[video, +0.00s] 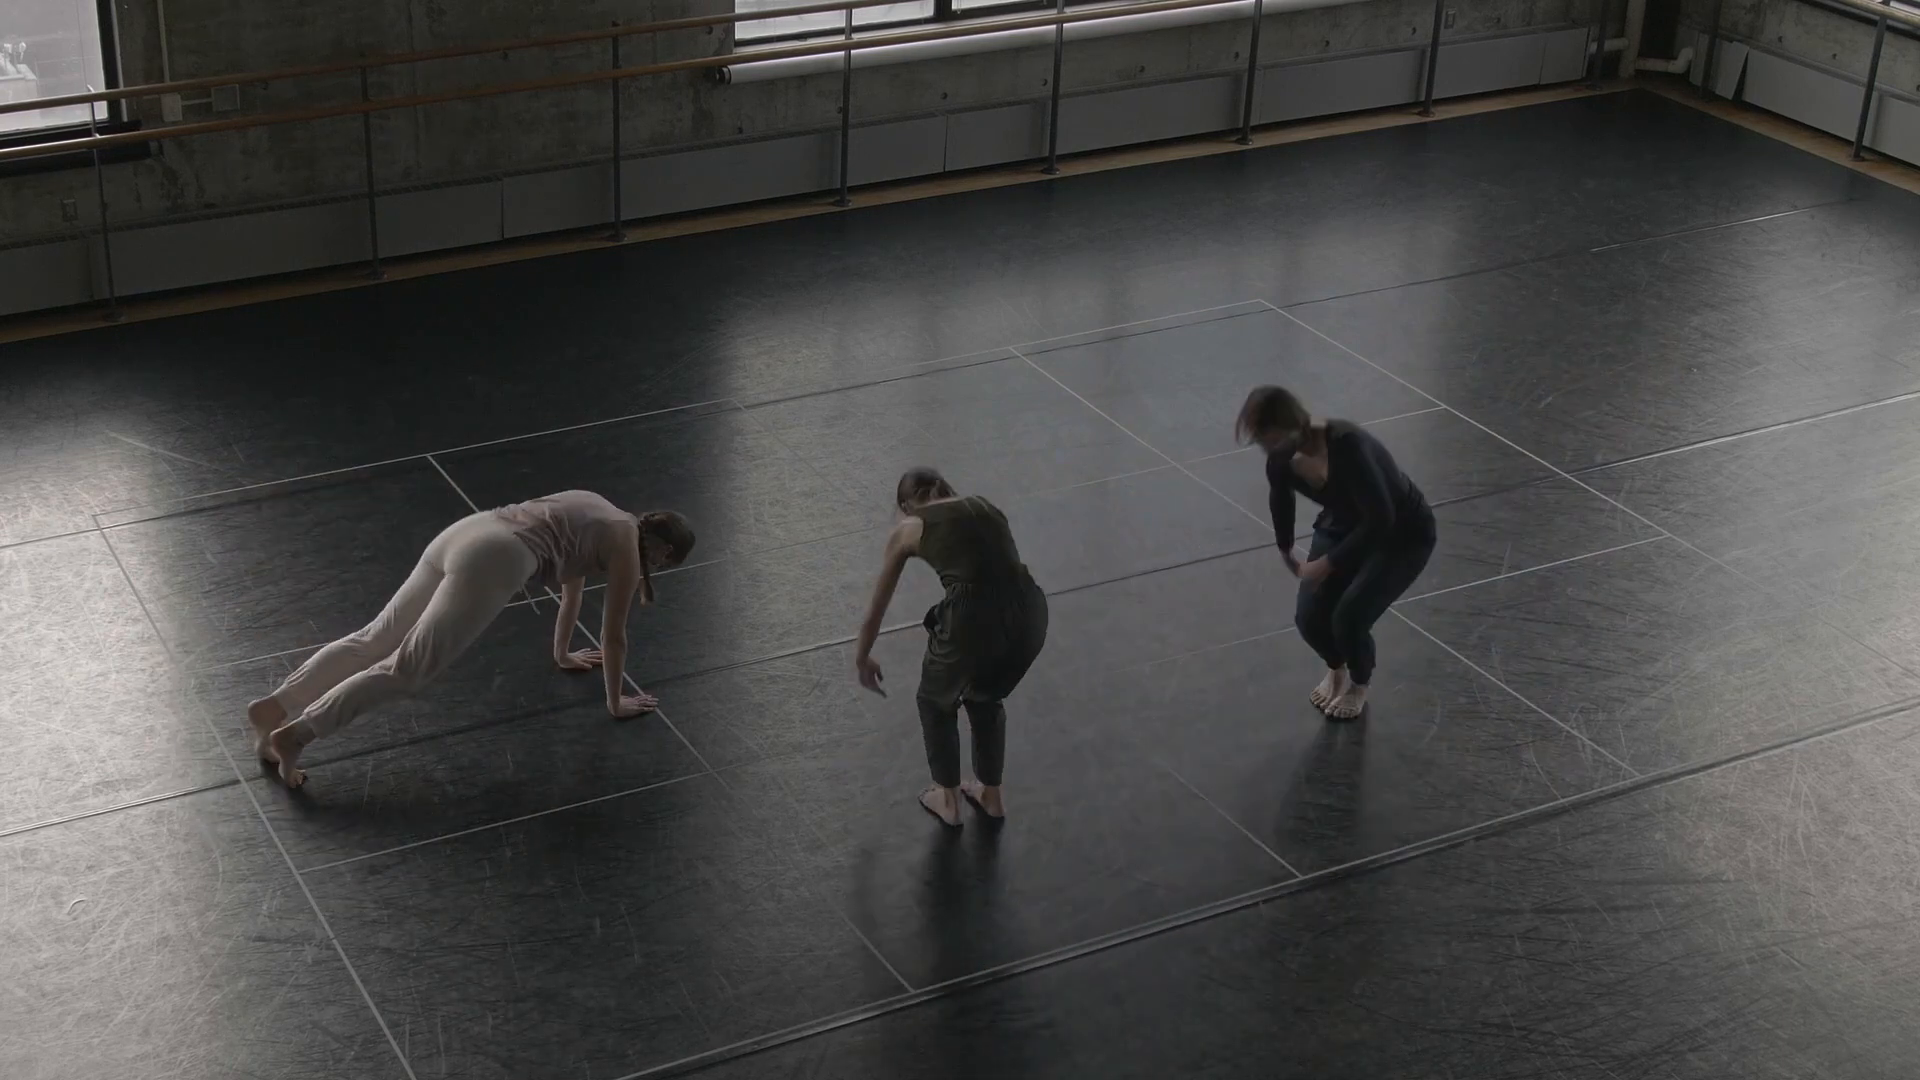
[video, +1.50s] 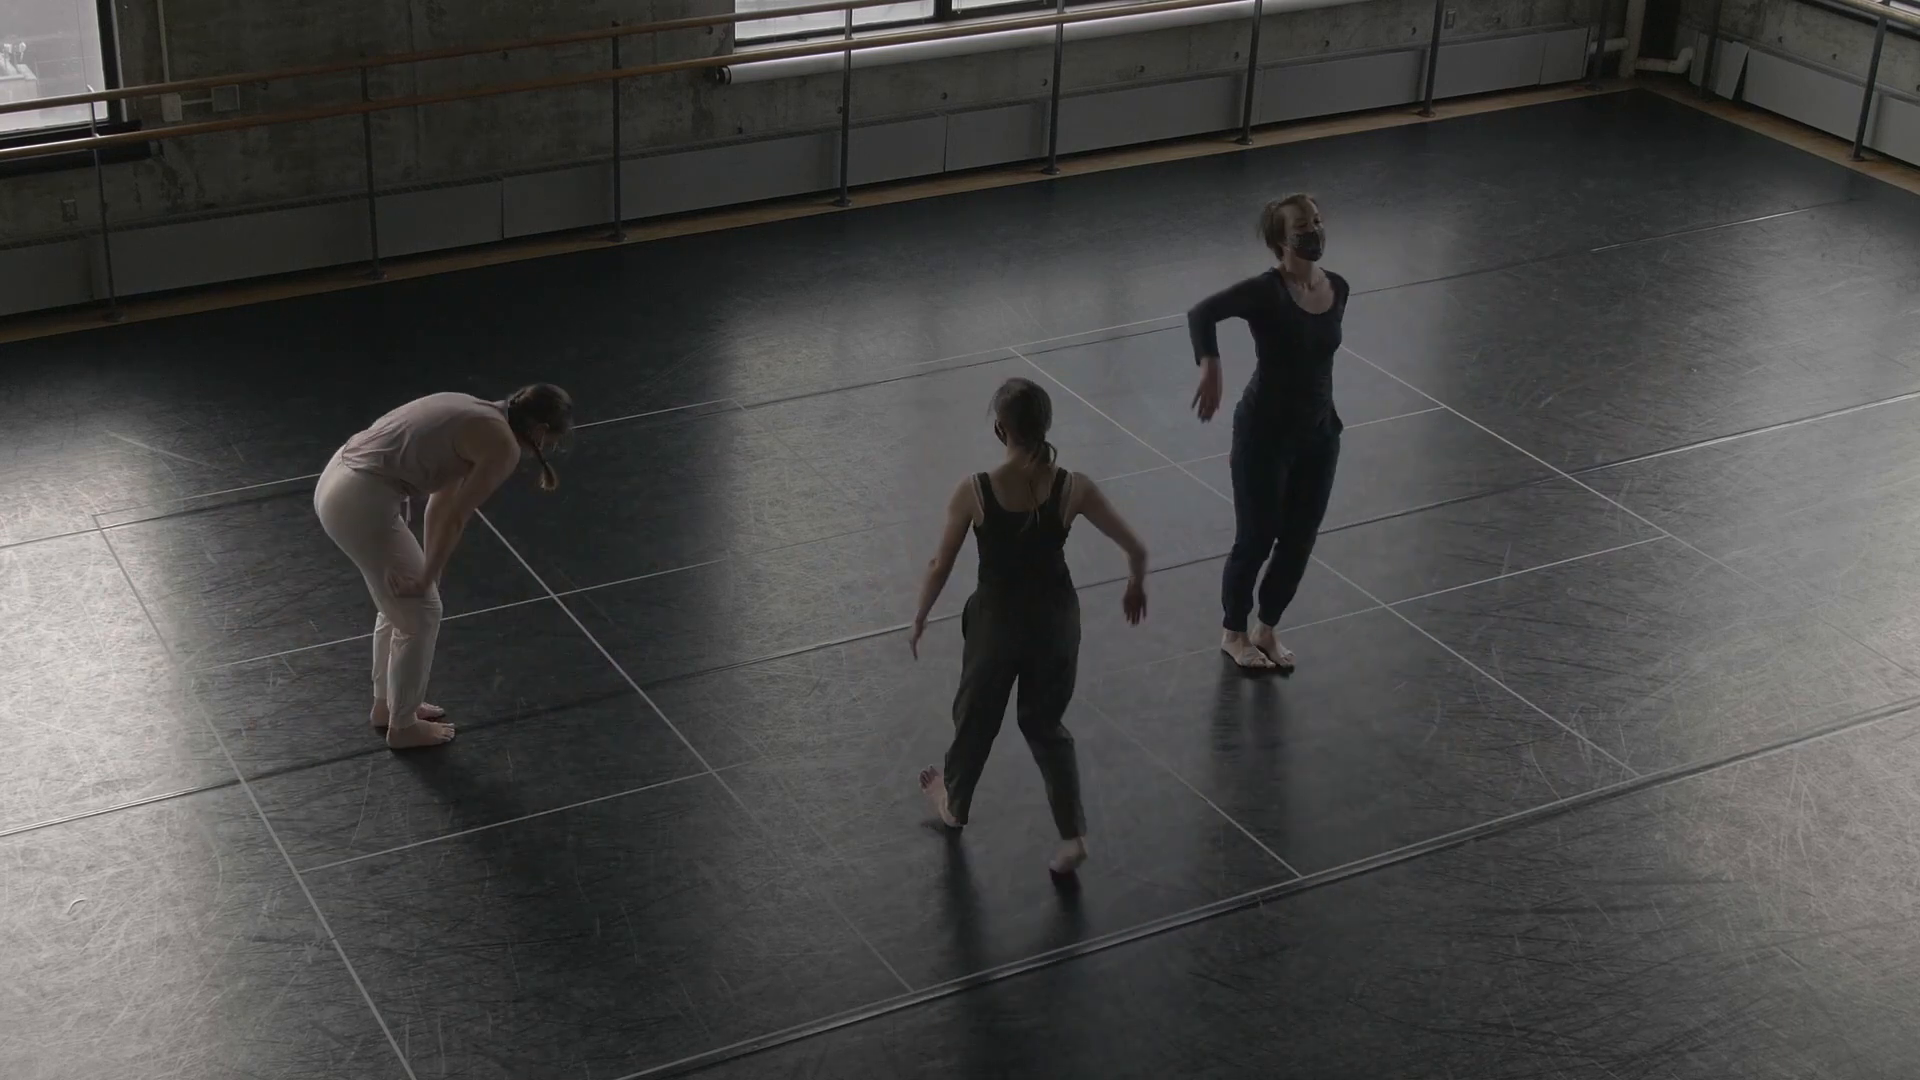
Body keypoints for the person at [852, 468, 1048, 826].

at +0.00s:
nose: (907, 515)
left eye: (905, 510)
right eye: (907, 510)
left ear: (910, 506)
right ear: (946, 489)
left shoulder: (910, 528)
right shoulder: (985, 507)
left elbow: (878, 604)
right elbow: (1004, 569)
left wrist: (862, 656)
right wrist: (956, 613)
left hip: (972, 623)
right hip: (1028, 616)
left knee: (934, 699)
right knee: (984, 696)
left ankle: (948, 798)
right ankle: (992, 793)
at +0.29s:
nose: (927, 426)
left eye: (926, 419)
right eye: (926, 420)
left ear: (933, 416)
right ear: (968, 406)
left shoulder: (926, 460)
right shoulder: (1014, 443)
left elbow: (893, 549)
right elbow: (1075, 498)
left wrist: (903, 589)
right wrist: (1036, 545)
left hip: (965, 600)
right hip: (1023, 596)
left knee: (956, 702)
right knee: (1007, 699)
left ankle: (948, 800)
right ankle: (992, 796)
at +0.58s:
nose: (950, 408)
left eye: (949, 401)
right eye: (951, 400)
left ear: (954, 402)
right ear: (994, 391)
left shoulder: (947, 455)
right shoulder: (1036, 439)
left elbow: (926, 539)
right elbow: (1089, 506)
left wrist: (918, 594)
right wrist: (1062, 572)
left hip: (965, 593)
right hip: (1024, 589)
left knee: (957, 697)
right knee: (1012, 696)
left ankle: (951, 802)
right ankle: (995, 798)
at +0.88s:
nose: (966, 405)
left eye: (965, 398)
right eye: (966, 398)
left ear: (971, 400)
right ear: (1013, 391)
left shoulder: (957, 462)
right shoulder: (1051, 453)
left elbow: (931, 538)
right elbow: (1068, 540)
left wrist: (919, 589)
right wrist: (1068, 612)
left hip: (967, 600)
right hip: (1025, 597)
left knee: (960, 701)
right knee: (1013, 702)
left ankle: (952, 803)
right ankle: (996, 799)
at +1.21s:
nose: (976, 406)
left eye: (977, 400)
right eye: (981, 399)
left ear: (981, 407)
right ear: (1026, 403)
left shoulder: (960, 467)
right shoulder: (1054, 470)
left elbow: (925, 530)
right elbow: (1063, 558)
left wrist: (908, 575)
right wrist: (1076, 635)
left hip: (971, 608)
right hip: (1030, 609)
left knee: (963, 704)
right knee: (1016, 706)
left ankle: (951, 805)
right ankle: (996, 799)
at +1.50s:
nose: (993, 425)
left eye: (995, 419)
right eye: (997, 418)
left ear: (1001, 427)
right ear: (1046, 425)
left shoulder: (973, 491)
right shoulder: (1074, 487)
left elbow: (942, 565)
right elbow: (1135, 547)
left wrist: (921, 615)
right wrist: (1135, 587)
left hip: (996, 629)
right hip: (1056, 627)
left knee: (976, 716)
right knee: (1044, 721)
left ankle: (954, 806)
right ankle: (1072, 837)